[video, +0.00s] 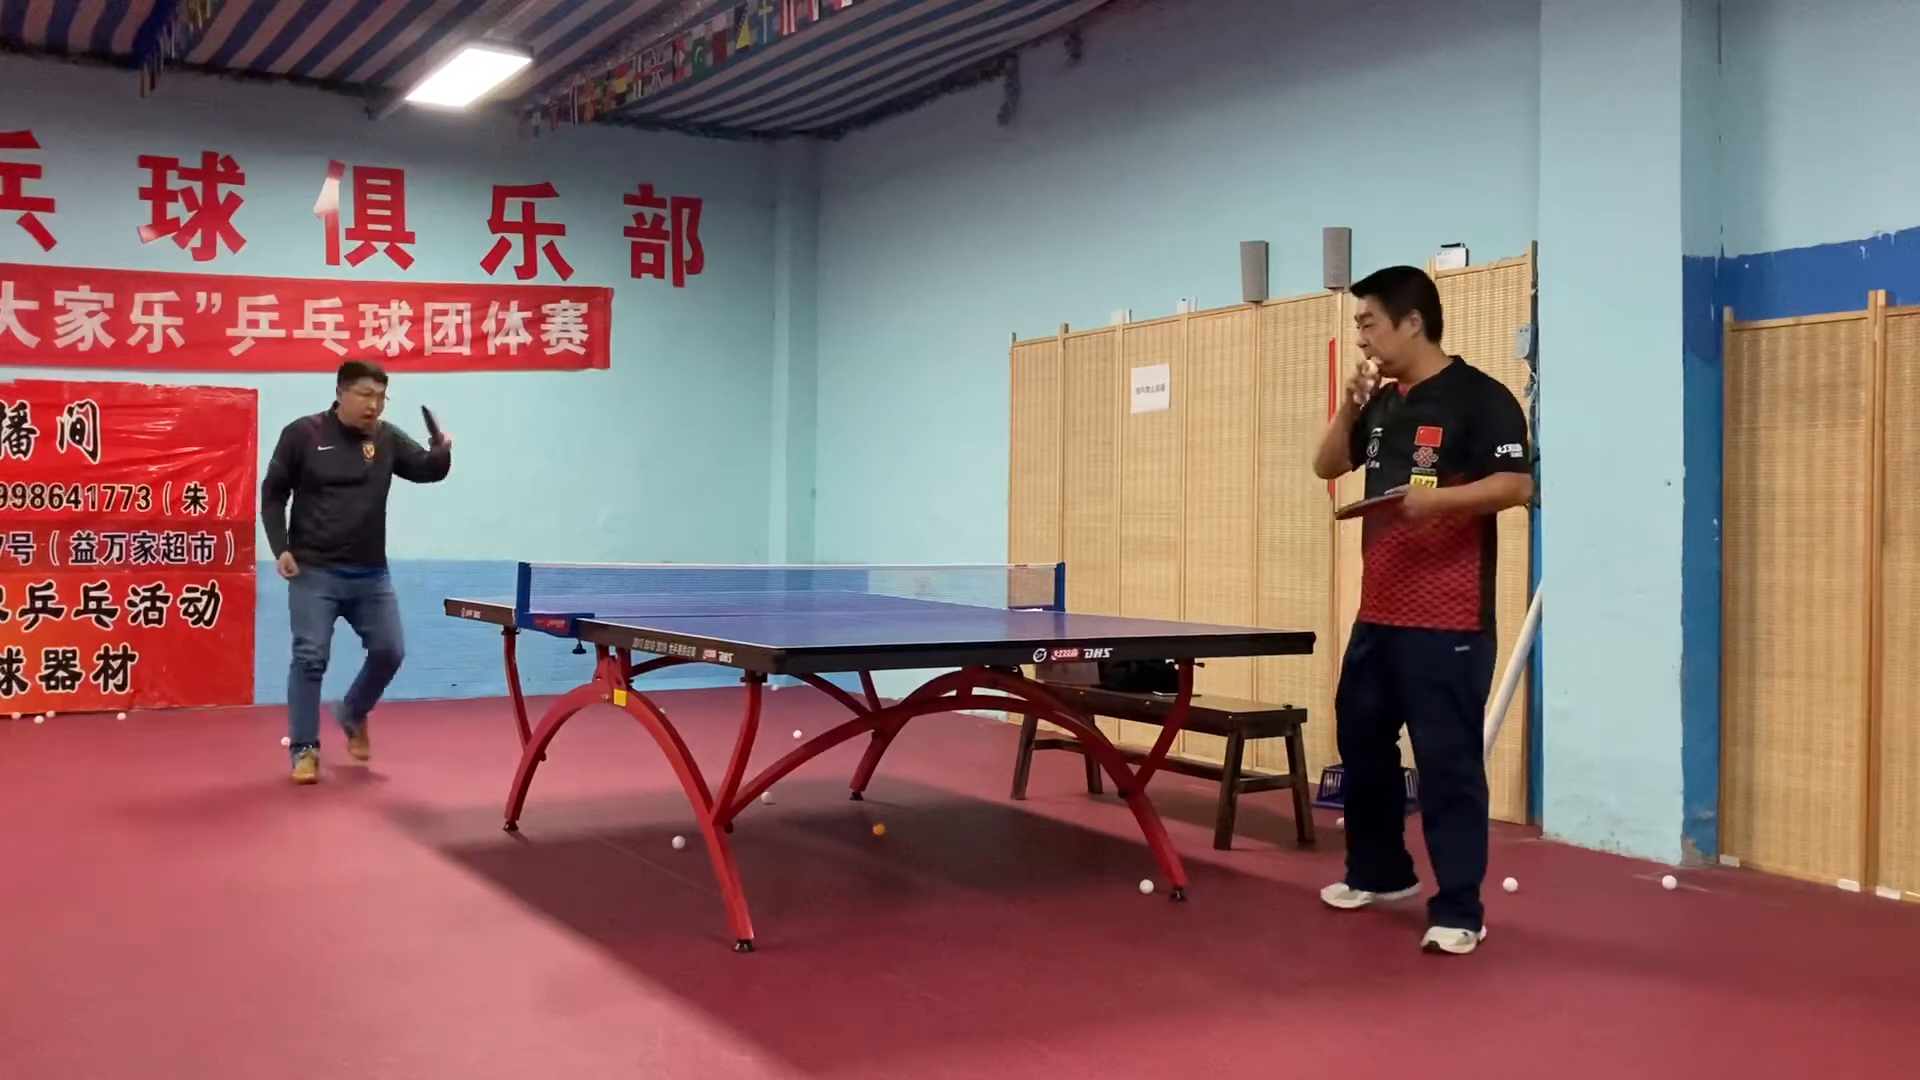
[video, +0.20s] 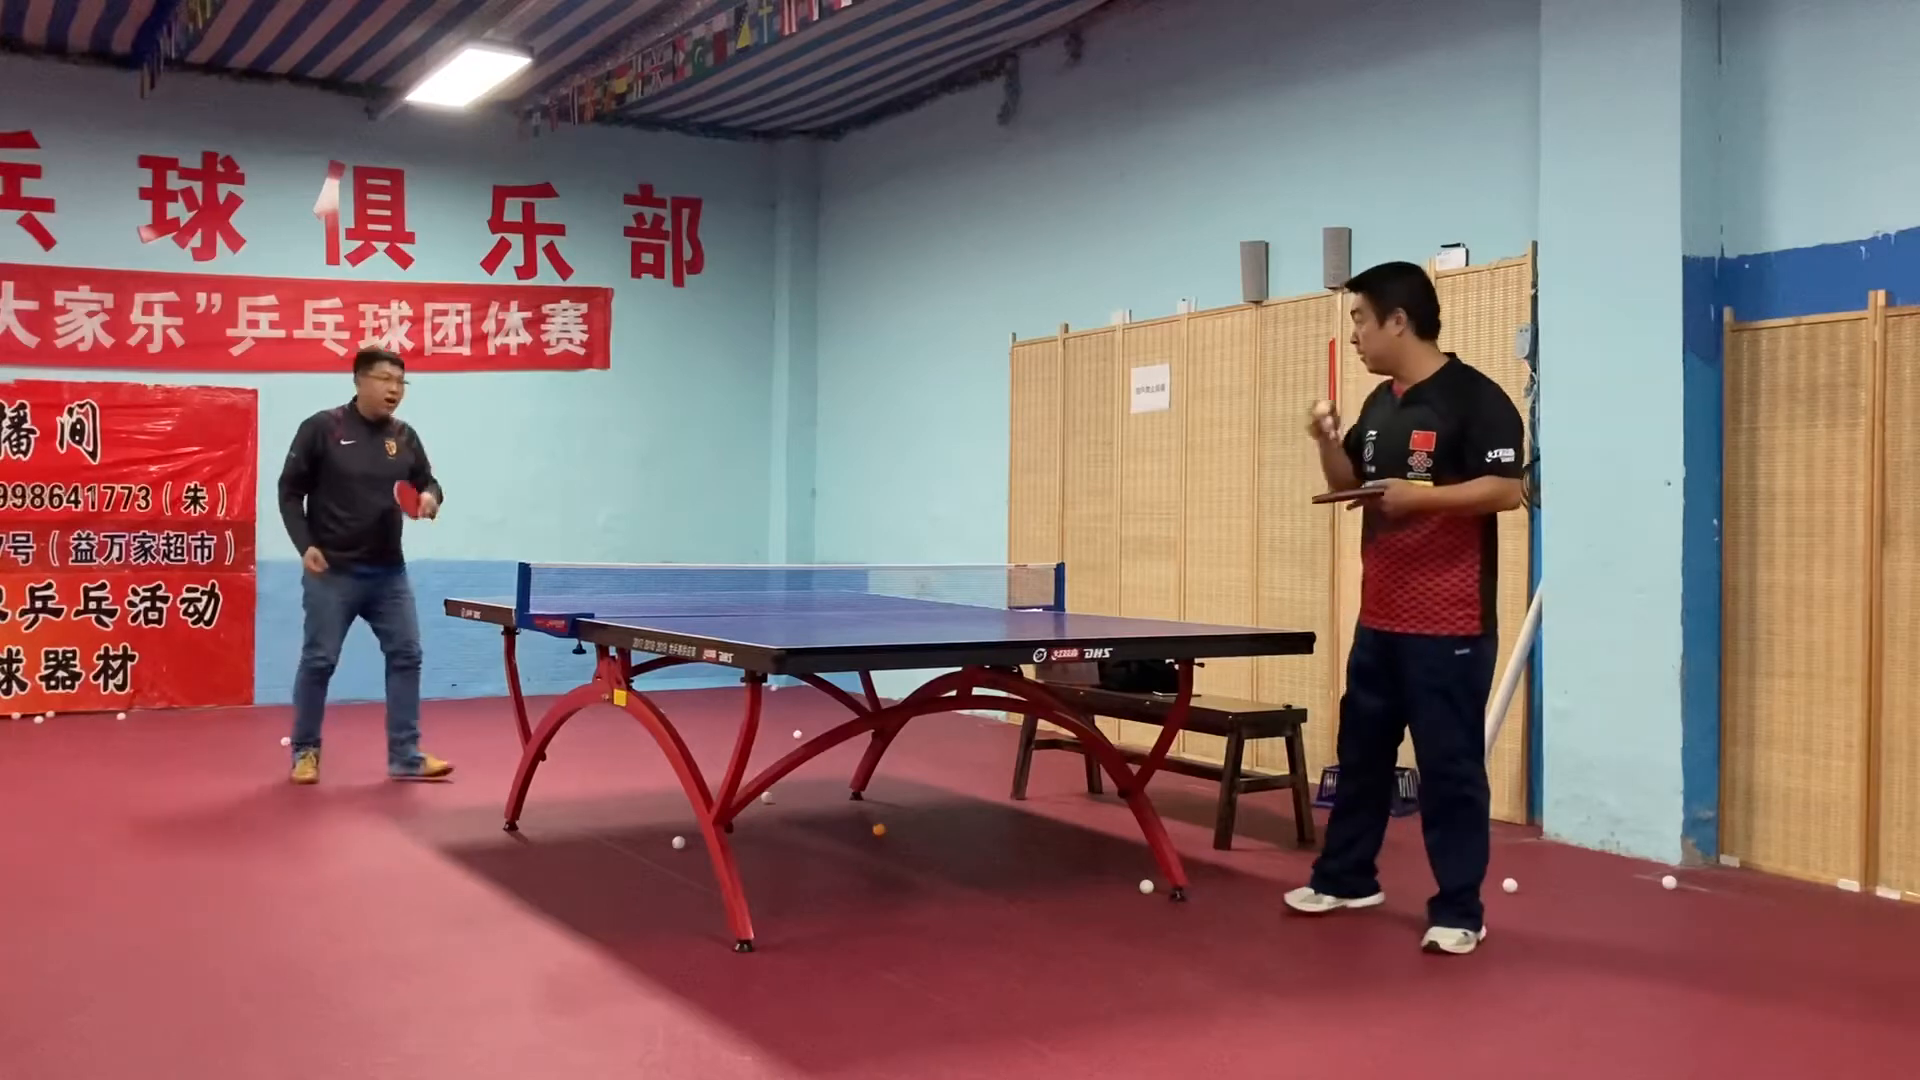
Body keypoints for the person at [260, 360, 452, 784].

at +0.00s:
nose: (374, 405)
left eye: (380, 397)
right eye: (365, 396)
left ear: (384, 401)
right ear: (341, 394)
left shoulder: (386, 438)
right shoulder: (302, 435)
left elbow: (429, 470)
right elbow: (272, 496)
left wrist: (441, 452)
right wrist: (280, 549)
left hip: (369, 575)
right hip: (313, 573)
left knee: (389, 651)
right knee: (310, 657)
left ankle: (352, 713)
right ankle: (304, 747)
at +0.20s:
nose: (393, 390)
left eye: (398, 383)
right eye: (384, 380)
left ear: (402, 388)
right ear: (359, 382)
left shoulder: (403, 436)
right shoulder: (321, 429)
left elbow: (427, 482)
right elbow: (289, 491)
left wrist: (430, 496)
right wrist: (305, 544)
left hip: (386, 573)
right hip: (331, 571)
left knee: (406, 654)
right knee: (319, 660)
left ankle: (404, 755)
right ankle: (306, 749)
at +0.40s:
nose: (436, 398)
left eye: (441, 391)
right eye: (427, 389)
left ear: (444, 398)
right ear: (401, 391)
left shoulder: (440, 446)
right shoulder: (360, 433)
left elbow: (443, 501)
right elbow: (318, 490)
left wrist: (440, 533)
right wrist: (322, 551)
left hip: (415, 578)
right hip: (359, 576)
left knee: (429, 662)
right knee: (341, 660)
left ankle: (416, 761)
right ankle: (313, 742)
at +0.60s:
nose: (457, 400)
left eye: (463, 392)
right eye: (448, 390)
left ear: (465, 397)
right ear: (422, 391)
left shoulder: (461, 442)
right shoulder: (379, 432)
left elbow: (471, 491)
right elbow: (331, 483)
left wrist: (473, 526)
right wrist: (349, 537)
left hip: (428, 575)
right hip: (376, 571)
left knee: (433, 666)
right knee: (374, 656)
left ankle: (417, 761)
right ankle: (361, 761)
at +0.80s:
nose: (465, 428)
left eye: (470, 419)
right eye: (455, 419)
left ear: (472, 422)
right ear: (426, 419)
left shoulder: (465, 457)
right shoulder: (388, 462)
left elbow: (473, 502)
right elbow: (347, 521)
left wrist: (484, 535)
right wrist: (396, 557)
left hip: (431, 578)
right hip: (380, 579)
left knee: (472, 651)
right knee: (395, 664)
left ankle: (433, 748)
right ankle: (393, 772)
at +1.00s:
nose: (470, 454)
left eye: (476, 444)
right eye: (461, 444)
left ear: (480, 444)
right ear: (432, 443)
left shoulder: (473, 475)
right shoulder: (393, 483)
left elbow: (475, 523)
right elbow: (367, 556)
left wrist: (470, 558)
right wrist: (427, 577)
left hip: (432, 582)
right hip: (381, 582)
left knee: (468, 658)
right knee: (399, 665)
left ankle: (468, 746)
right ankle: (395, 770)